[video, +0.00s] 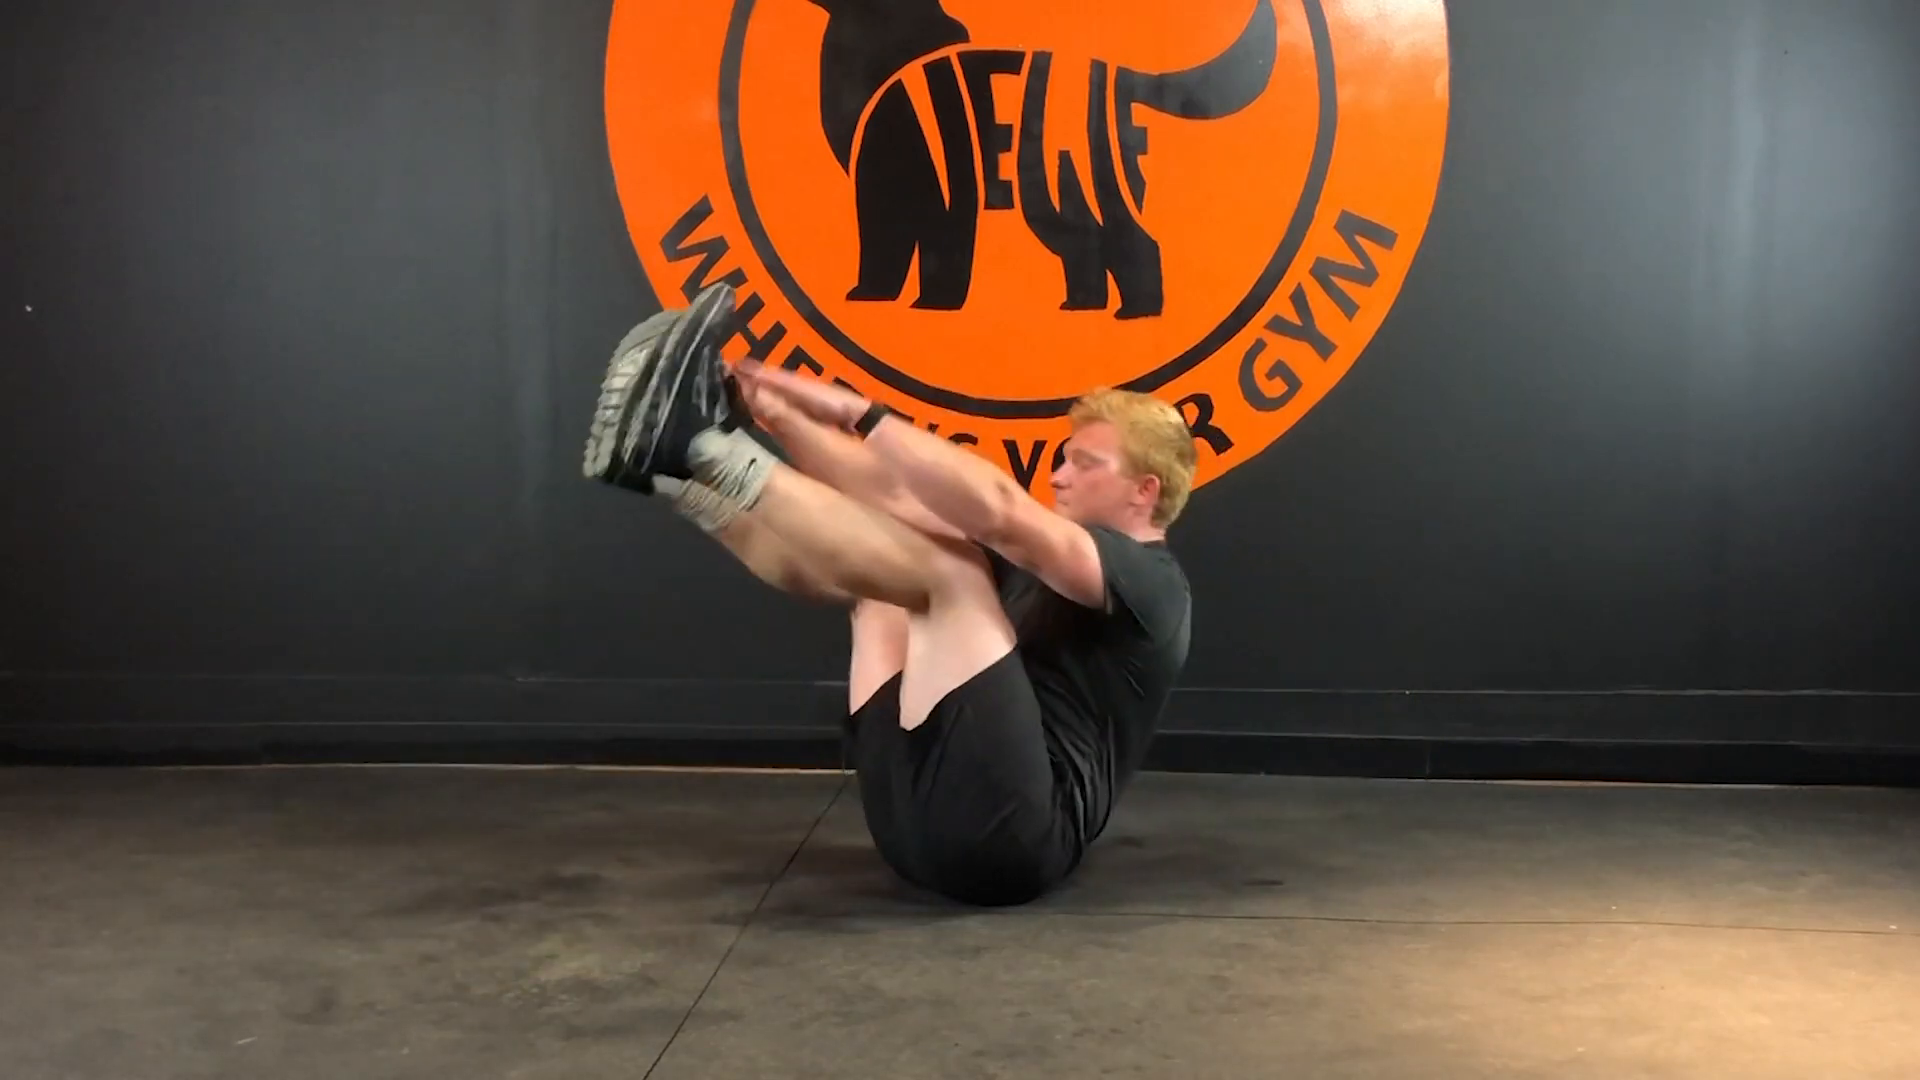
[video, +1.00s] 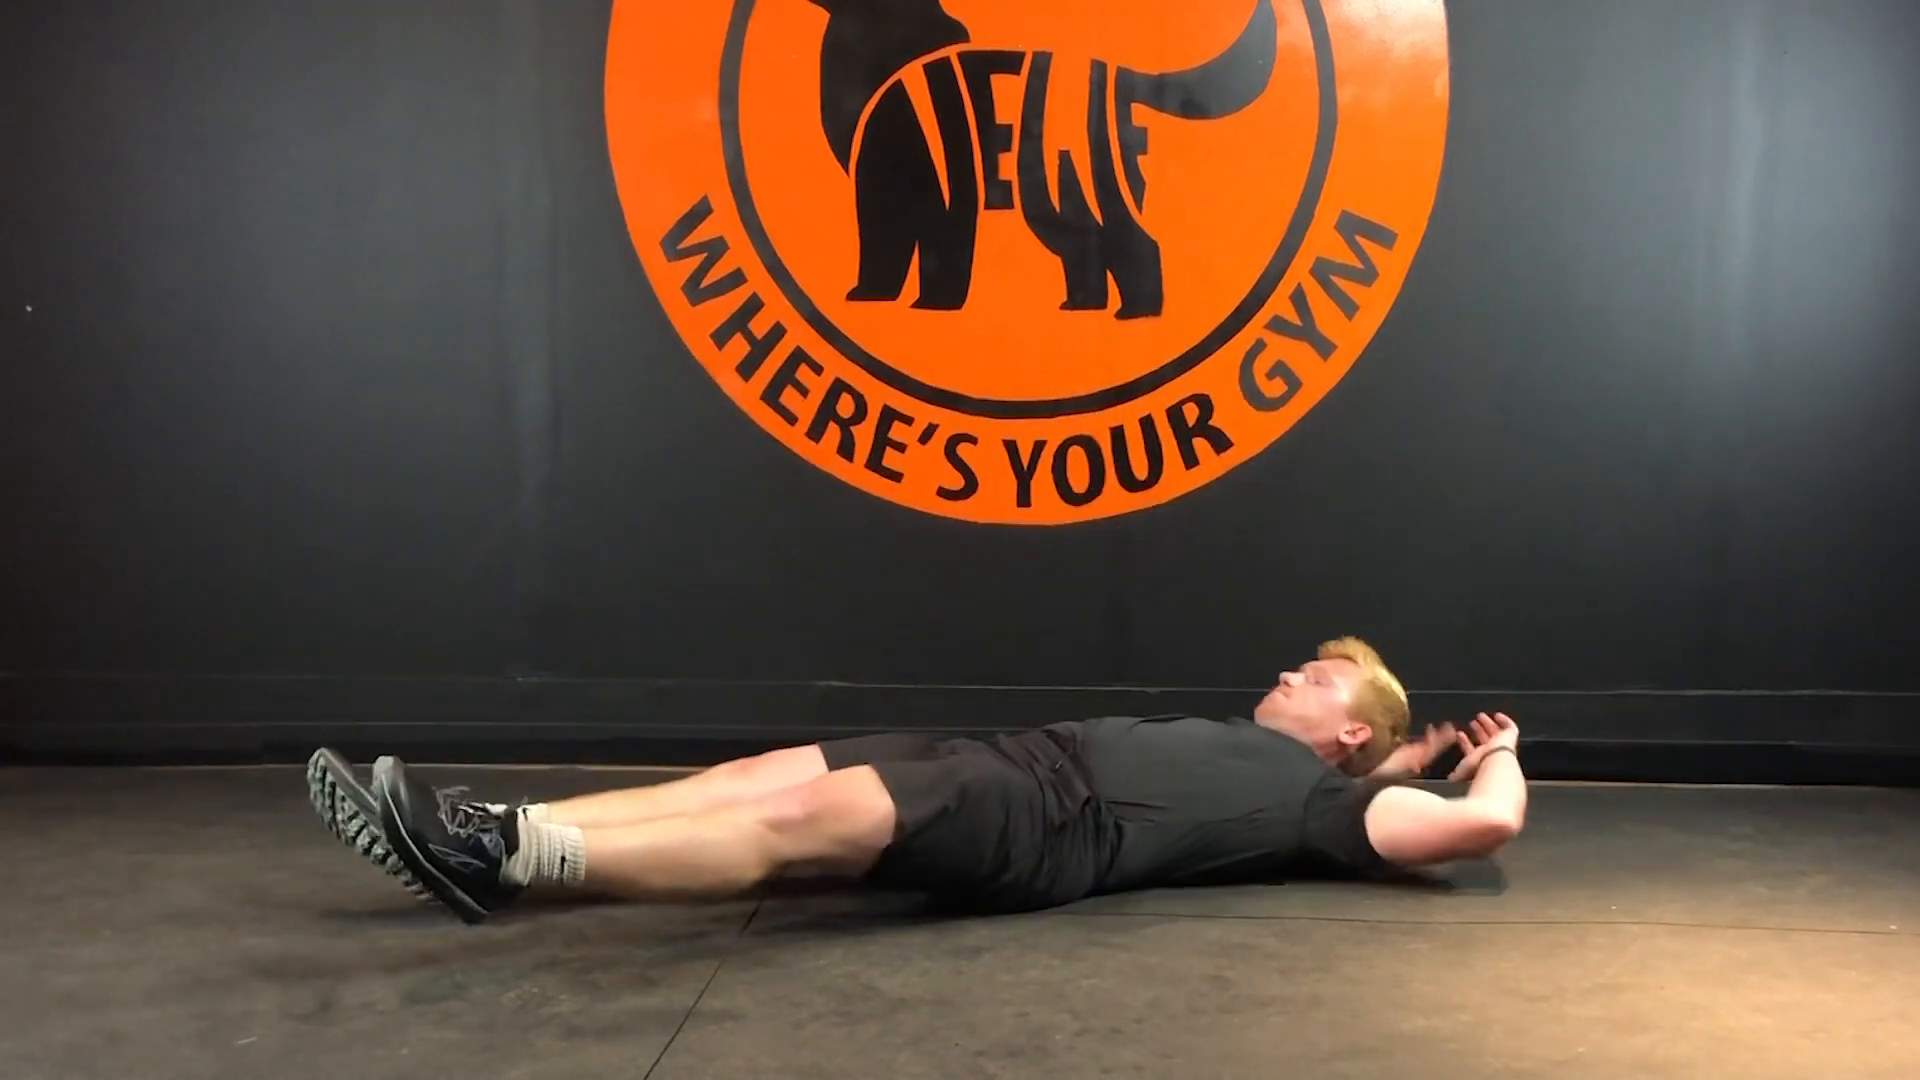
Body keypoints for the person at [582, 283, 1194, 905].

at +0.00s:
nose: (1055, 475)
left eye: (1080, 462)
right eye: (1062, 458)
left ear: (1144, 492)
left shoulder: (1150, 581)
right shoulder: (1050, 566)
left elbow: (1000, 512)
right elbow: (910, 505)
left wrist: (861, 412)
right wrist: (773, 413)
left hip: (1014, 832)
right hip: (933, 832)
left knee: (952, 569)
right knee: (885, 572)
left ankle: (695, 446)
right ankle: (668, 469)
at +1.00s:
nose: (1293, 675)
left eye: (1321, 679)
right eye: (1300, 665)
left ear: (1359, 728)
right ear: (1290, 690)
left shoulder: (1330, 793)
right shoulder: (1214, 737)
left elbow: (1482, 830)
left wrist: (1488, 771)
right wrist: (1426, 754)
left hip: (1049, 800)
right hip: (975, 745)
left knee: (812, 803)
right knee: (759, 775)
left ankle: (501, 848)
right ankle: (492, 857)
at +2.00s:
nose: (1223, 585)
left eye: (1253, 580)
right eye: (1236, 573)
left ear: (1302, 630)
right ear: (1233, 605)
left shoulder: (1257, 713)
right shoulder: (1169, 667)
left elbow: (1291, 621)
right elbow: (1076, 582)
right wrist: (1092, 445)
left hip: (1049, 826)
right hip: (986, 803)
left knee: (842, 667)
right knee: (794, 659)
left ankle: (547, 653)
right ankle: (519, 679)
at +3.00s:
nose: (1089, 518)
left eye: (1113, 509)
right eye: (1092, 504)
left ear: (1178, 530)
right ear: (1092, 507)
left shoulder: (1200, 610)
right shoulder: (1067, 584)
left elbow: (1067, 542)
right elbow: (951, 516)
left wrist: (956, 411)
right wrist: (870, 419)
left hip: (1032, 832)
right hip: (945, 823)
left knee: (968, 562)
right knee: (937, 553)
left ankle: (735, 444)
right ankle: (723, 445)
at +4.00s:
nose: (1290, 631)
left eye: (1315, 636)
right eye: (1298, 621)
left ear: (1347, 693)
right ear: (1291, 643)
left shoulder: (1302, 747)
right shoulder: (1215, 699)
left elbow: (1217, 666)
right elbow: (1097, 604)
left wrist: (1181, 526)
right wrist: (1079, 479)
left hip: (1052, 828)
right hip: (1008, 792)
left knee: (831, 692)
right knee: (794, 691)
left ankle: (538, 705)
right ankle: (529, 722)